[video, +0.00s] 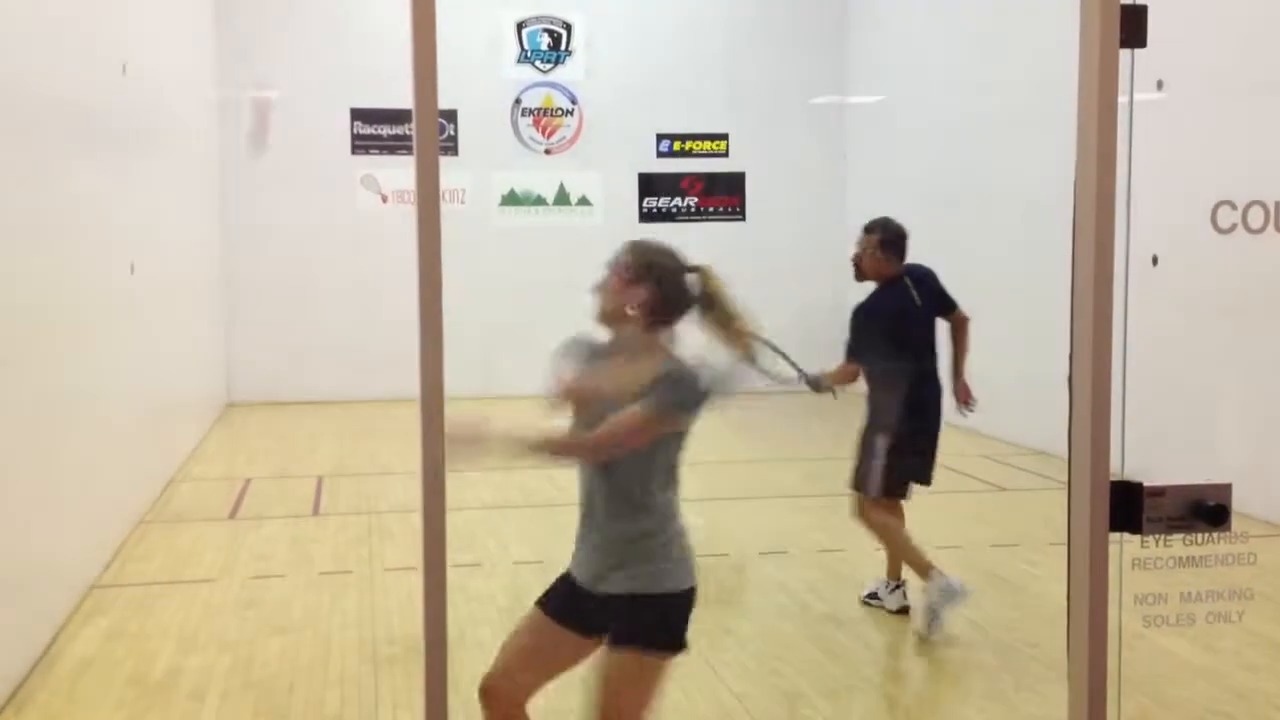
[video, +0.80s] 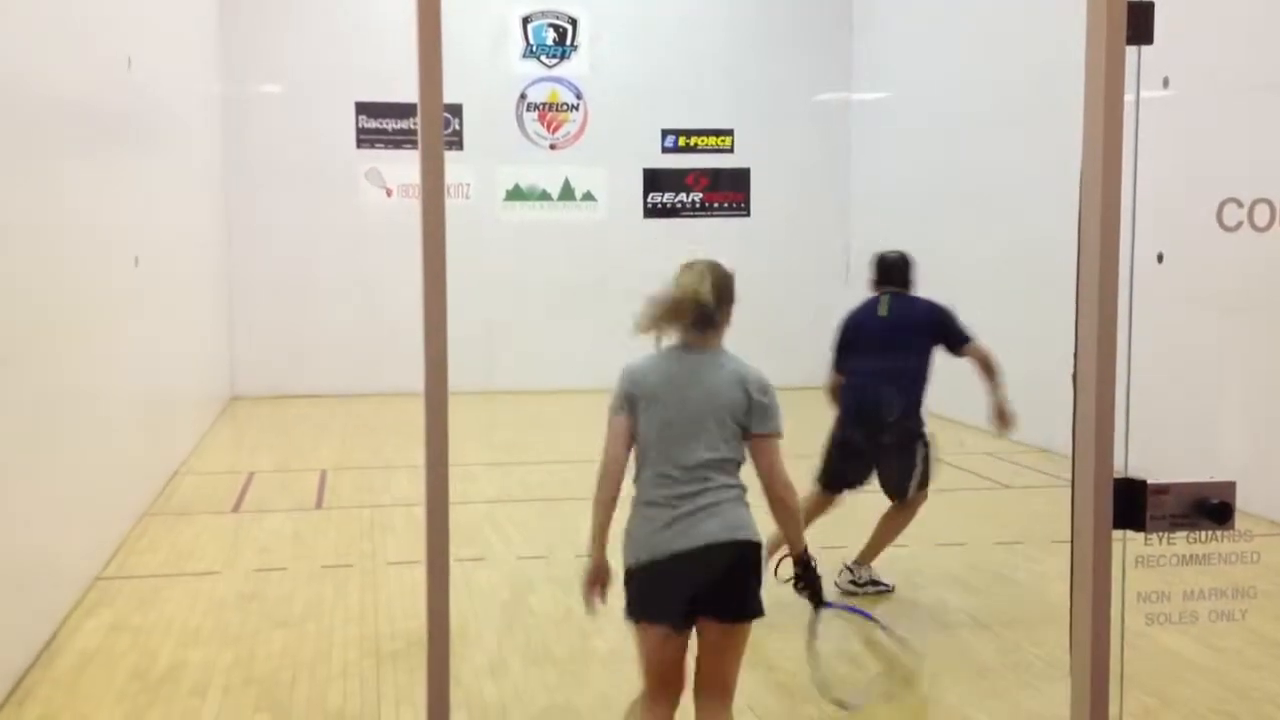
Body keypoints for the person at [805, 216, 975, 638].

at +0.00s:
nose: (855, 255)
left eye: (863, 249)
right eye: (859, 247)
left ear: (885, 256)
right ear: (891, 255)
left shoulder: (869, 311)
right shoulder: (920, 278)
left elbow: (851, 369)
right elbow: (959, 320)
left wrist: (822, 379)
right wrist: (959, 377)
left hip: (890, 418)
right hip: (921, 412)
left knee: (869, 508)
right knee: (890, 501)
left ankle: (938, 583)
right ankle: (894, 588)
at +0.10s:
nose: (840, 250)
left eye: (846, 243)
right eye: (843, 242)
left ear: (866, 248)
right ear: (877, 248)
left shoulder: (856, 303)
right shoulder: (909, 274)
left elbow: (838, 360)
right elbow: (944, 316)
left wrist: (817, 365)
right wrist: (938, 369)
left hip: (875, 405)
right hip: (912, 402)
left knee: (831, 489)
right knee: (884, 485)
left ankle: (889, 568)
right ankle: (894, 581)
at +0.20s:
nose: (823, 248)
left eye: (830, 242)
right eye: (826, 240)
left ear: (851, 247)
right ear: (860, 246)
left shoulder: (841, 297)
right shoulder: (897, 272)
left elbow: (822, 360)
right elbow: (930, 319)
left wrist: (814, 358)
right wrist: (914, 365)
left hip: (860, 401)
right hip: (901, 399)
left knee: (813, 483)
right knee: (881, 484)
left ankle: (832, 584)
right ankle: (894, 584)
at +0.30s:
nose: (813, 253)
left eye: (815, 246)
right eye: (814, 246)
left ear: (827, 249)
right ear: (855, 245)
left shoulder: (823, 298)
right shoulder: (886, 279)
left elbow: (808, 375)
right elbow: (918, 328)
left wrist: (808, 369)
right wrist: (896, 365)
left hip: (845, 403)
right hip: (889, 399)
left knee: (802, 489)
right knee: (876, 486)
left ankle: (779, 587)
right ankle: (894, 584)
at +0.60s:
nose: (809, 275)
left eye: (810, 270)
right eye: (813, 270)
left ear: (814, 273)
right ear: (850, 269)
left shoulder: (803, 311)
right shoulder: (880, 302)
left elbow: (785, 375)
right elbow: (915, 365)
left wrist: (790, 415)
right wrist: (896, 404)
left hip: (825, 411)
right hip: (876, 411)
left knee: (783, 488)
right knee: (893, 482)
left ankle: (759, 581)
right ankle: (873, 575)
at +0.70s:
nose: (838, 282)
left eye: (838, 276)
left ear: (837, 279)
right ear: (873, 278)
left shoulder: (821, 319)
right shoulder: (897, 313)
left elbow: (798, 387)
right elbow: (944, 368)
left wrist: (813, 417)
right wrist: (942, 415)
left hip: (829, 422)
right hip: (881, 424)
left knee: (794, 498)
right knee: (912, 480)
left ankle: (756, 579)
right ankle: (870, 561)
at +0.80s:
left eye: (876, 278)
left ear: (874, 281)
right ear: (909, 280)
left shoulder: (857, 317)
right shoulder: (929, 313)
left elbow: (836, 383)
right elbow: (982, 357)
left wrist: (853, 415)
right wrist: (999, 402)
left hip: (852, 424)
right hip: (900, 428)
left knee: (825, 492)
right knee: (911, 496)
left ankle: (767, 551)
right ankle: (859, 568)